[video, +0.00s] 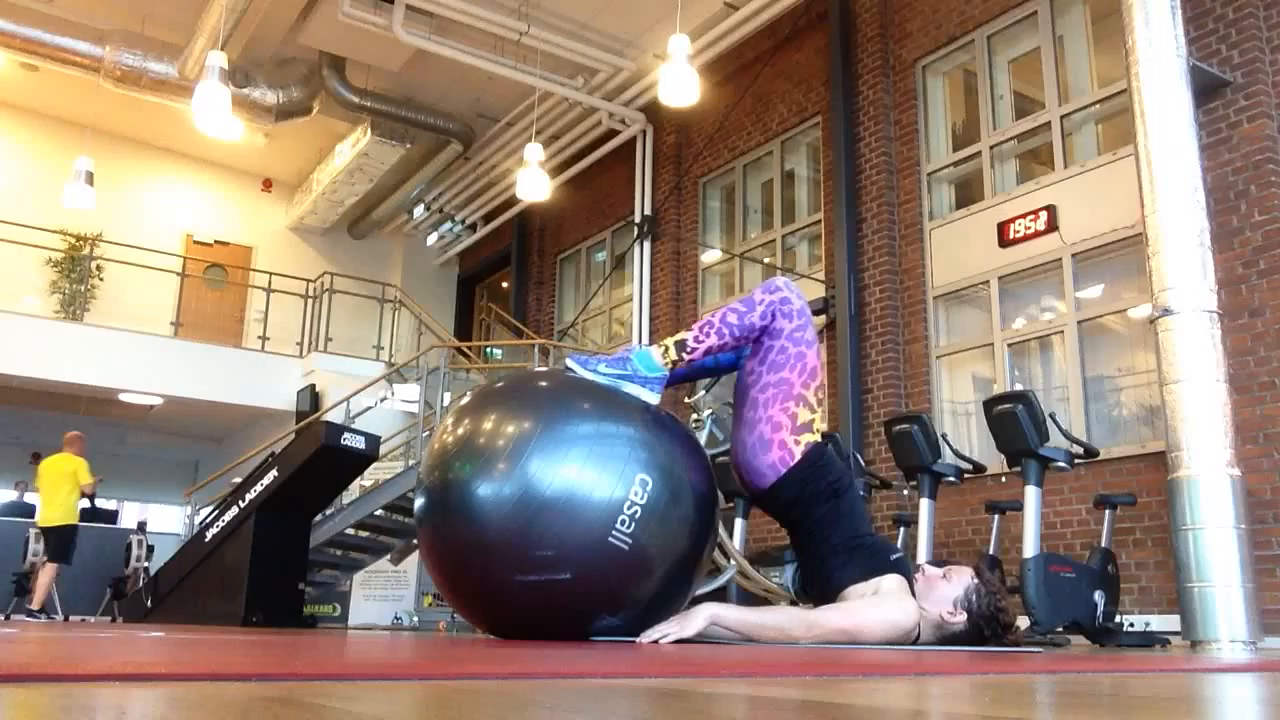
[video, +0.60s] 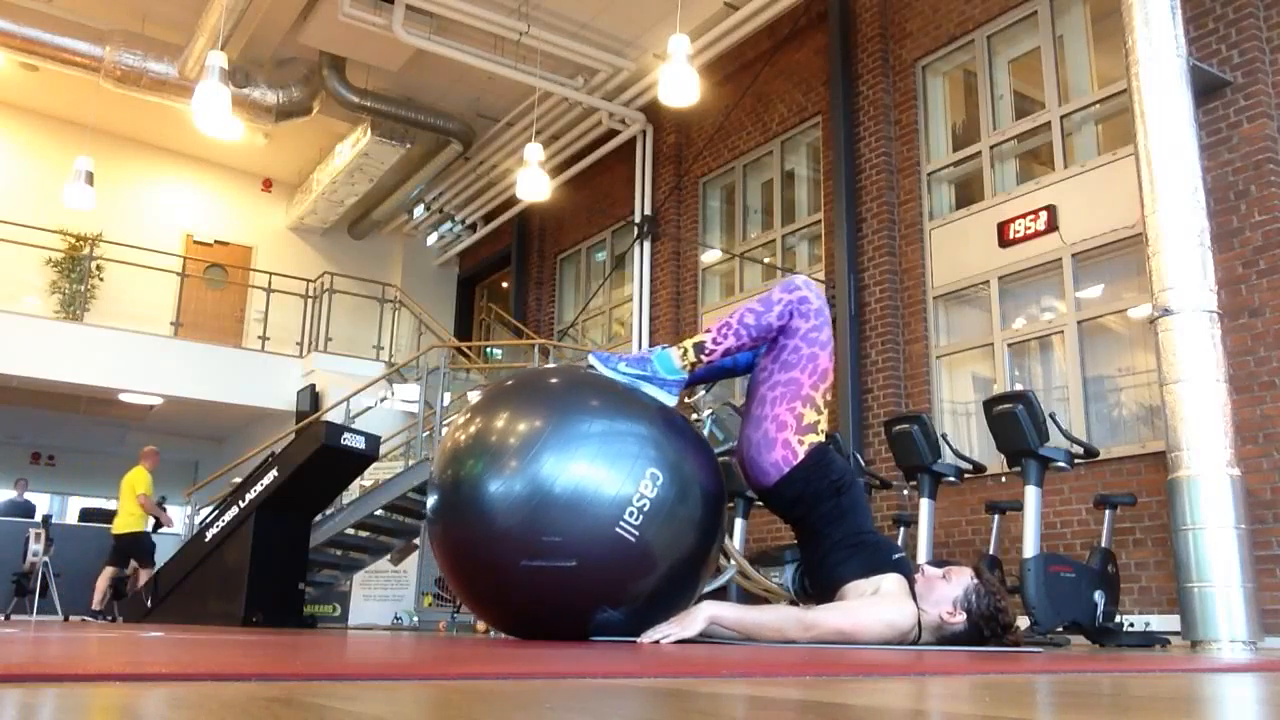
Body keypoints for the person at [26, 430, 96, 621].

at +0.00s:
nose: (83, 448)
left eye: (83, 445)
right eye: (82, 445)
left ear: (64, 445)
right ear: (78, 445)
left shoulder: (45, 462)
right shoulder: (79, 462)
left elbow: (39, 488)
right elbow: (87, 489)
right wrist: (94, 482)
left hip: (44, 518)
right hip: (65, 518)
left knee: (49, 562)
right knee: (53, 564)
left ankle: (36, 603)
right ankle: (35, 607)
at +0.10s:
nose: (96, 453)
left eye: (95, 449)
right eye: (94, 449)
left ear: (76, 448)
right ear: (89, 449)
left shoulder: (58, 466)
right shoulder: (90, 466)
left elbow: (53, 491)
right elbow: (102, 491)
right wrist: (106, 483)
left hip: (57, 520)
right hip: (75, 521)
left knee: (65, 566)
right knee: (57, 565)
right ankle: (35, 607)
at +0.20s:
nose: (106, 458)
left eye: (105, 455)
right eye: (105, 455)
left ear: (88, 453)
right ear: (100, 454)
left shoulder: (71, 472)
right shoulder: (100, 470)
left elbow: (68, 497)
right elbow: (113, 495)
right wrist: (123, 489)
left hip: (69, 526)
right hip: (87, 526)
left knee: (80, 569)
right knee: (67, 568)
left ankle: (87, 610)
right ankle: (39, 605)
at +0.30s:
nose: (118, 460)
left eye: (117, 457)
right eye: (117, 457)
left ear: (101, 455)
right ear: (113, 456)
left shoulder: (84, 474)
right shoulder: (111, 472)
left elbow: (85, 497)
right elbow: (123, 496)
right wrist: (136, 495)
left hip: (85, 525)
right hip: (100, 526)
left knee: (93, 571)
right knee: (92, 571)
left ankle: (92, 611)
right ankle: (53, 597)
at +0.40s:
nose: (131, 460)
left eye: (131, 457)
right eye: (131, 457)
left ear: (114, 454)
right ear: (126, 455)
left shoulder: (100, 473)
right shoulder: (121, 471)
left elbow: (100, 497)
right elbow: (132, 497)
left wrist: (127, 503)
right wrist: (151, 505)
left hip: (95, 525)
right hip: (112, 526)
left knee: (102, 569)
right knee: (119, 567)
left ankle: (93, 610)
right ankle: (79, 593)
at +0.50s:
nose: (145, 460)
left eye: (145, 456)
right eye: (144, 456)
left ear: (129, 454)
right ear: (138, 455)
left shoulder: (115, 472)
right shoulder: (131, 471)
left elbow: (116, 499)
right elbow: (139, 497)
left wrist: (141, 506)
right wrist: (154, 510)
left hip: (107, 525)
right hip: (123, 525)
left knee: (105, 567)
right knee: (136, 564)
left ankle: (94, 608)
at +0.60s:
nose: (158, 463)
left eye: (158, 459)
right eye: (157, 459)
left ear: (142, 458)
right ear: (151, 458)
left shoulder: (129, 475)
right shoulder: (143, 474)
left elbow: (130, 503)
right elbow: (143, 500)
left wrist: (156, 511)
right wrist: (162, 515)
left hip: (120, 529)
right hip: (136, 529)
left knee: (110, 569)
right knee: (146, 569)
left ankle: (95, 608)